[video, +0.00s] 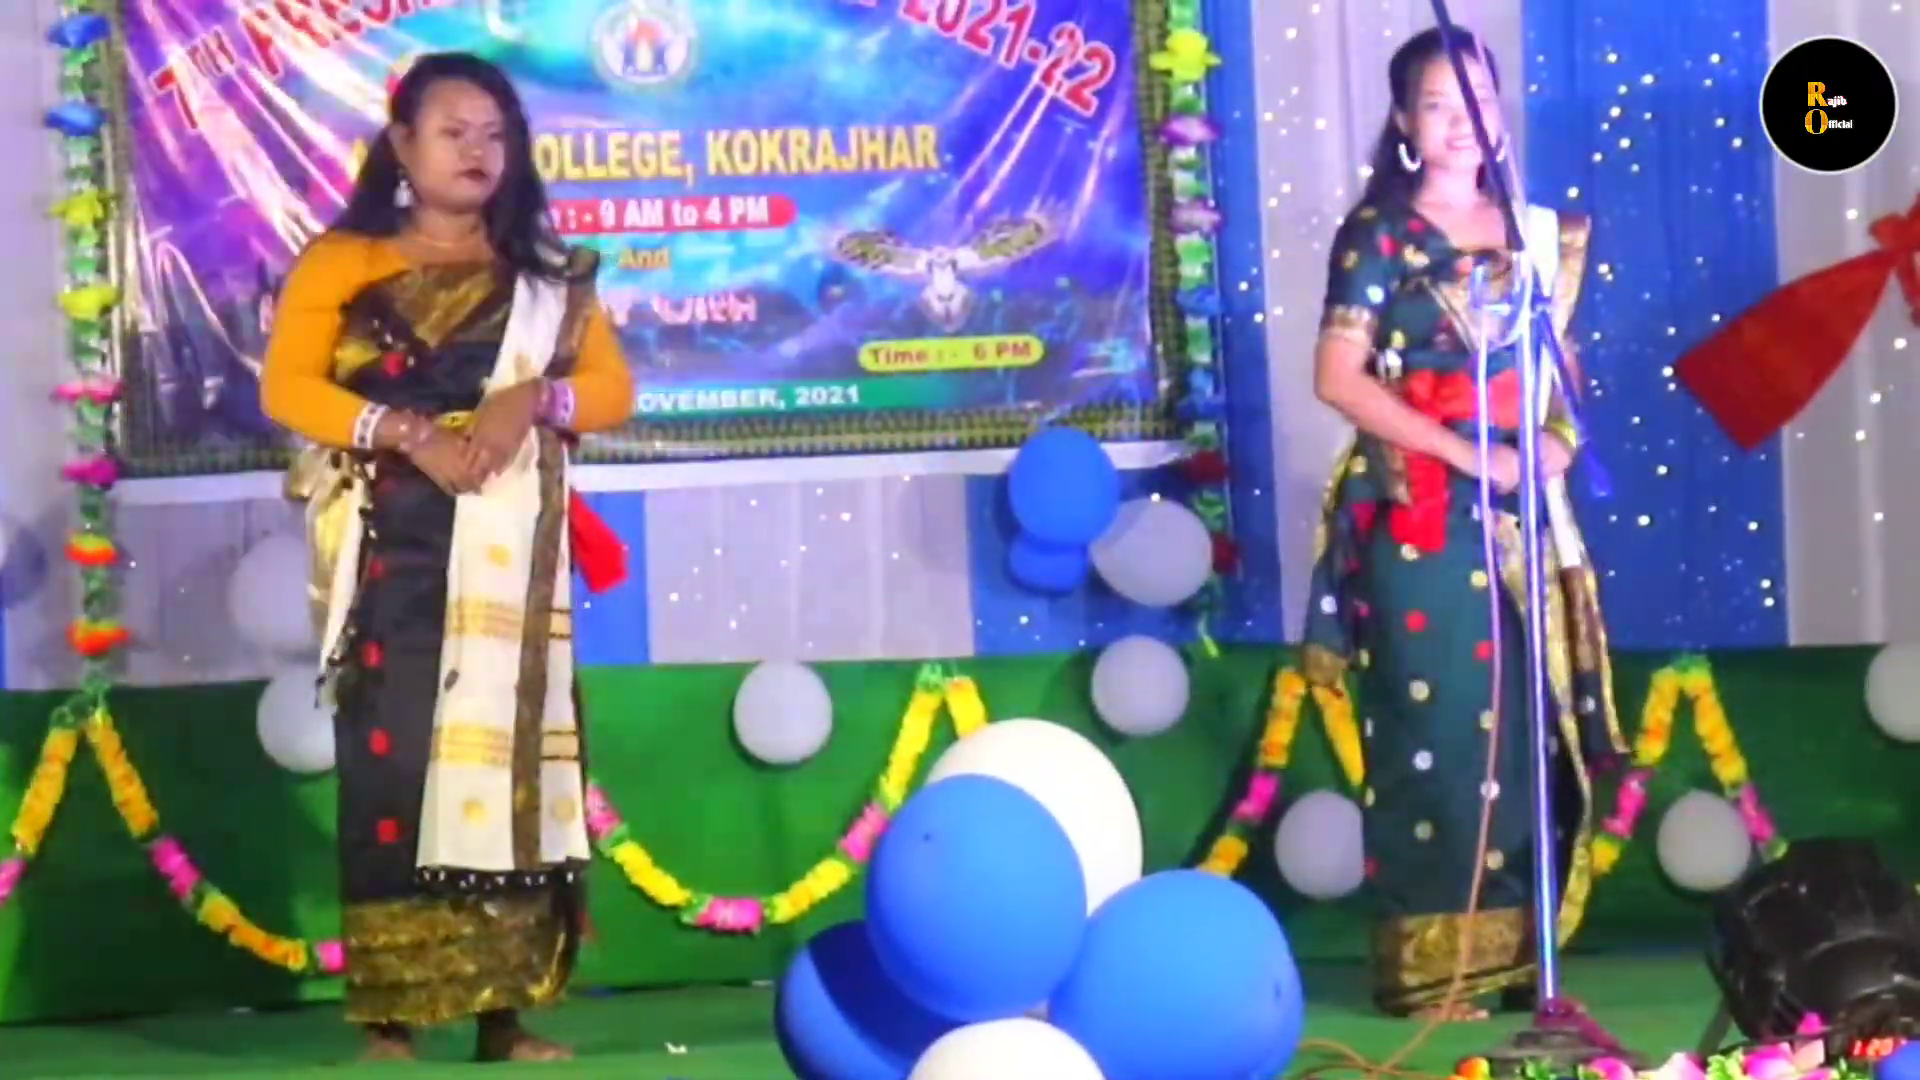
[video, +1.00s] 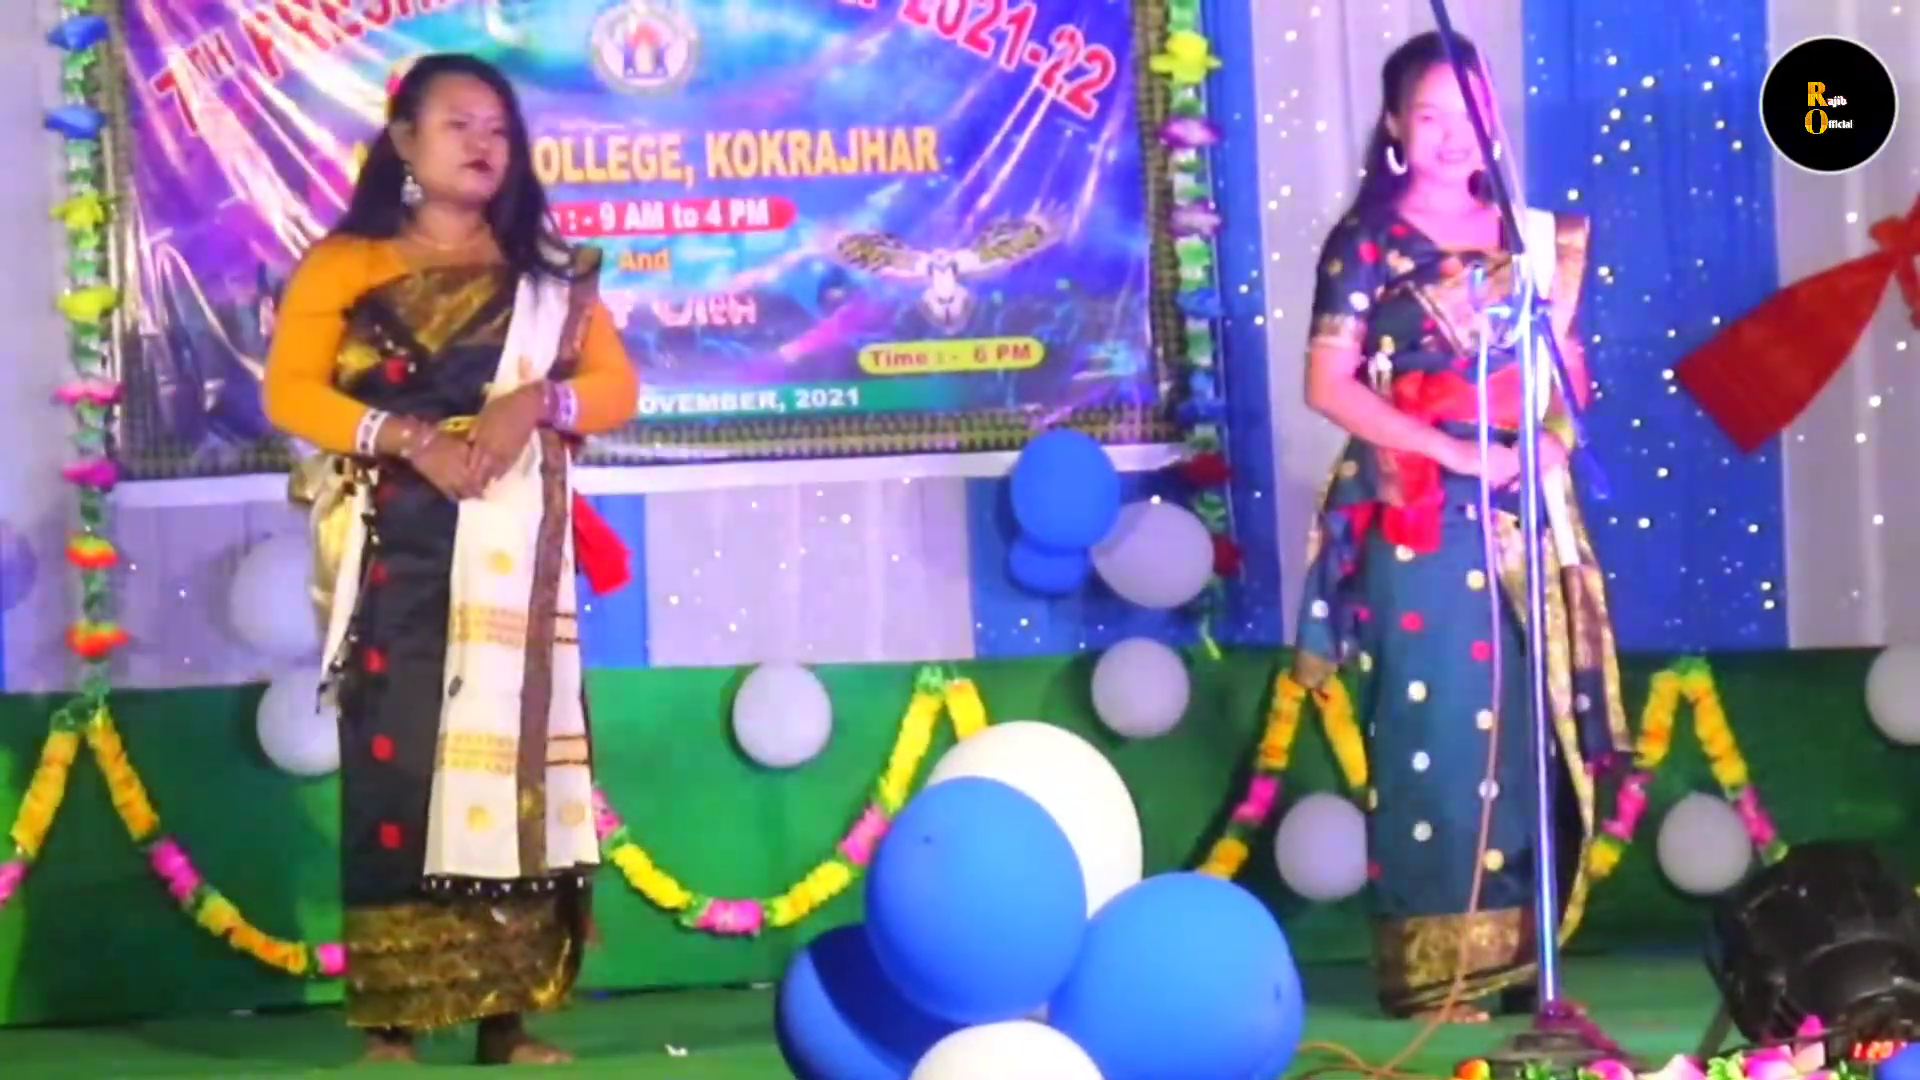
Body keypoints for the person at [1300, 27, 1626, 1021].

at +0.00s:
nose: (1456, 122)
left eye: (1471, 104)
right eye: (1435, 107)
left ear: (1495, 114)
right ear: (1405, 122)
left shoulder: (1527, 227)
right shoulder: (1379, 233)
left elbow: (1550, 360)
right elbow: (1337, 377)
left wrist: (1555, 435)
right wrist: (1463, 451)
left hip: (1521, 505)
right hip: (1425, 512)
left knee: (1532, 720)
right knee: (1442, 723)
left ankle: (1520, 951)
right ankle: (1434, 957)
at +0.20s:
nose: (1455, 127)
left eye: (1470, 108)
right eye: (1434, 111)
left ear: (1493, 116)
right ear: (1404, 123)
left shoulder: (1528, 229)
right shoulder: (1376, 234)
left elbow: (1558, 362)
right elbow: (1336, 378)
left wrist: (1555, 431)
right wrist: (1465, 451)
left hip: (1520, 511)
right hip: (1423, 516)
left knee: (1530, 723)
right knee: (1438, 725)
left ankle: (1520, 955)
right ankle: (1434, 961)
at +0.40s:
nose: (1451, 129)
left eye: (1467, 112)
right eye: (1431, 113)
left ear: (1492, 119)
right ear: (1401, 124)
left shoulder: (1529, 230)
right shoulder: (1371, 235)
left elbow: (1561, 363)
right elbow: (1330, 377)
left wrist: (1551, 424)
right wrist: (1451, 447)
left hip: (1524, 512)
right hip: (1421, 518)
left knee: (1533, 725)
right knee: (1437, 728)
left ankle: (1522, 961)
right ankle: (1429, 966)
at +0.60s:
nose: (1445, 132)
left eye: (1462, 114)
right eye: (1426, 115)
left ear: (1489, 122)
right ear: (1398, 124)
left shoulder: (1522, 230)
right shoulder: (1369, 236)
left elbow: (1559, 367)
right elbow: (1329, 380)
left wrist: (1560, 353)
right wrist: (1454, 448)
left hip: (1523, 510)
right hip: (1422, 517)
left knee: (1532, 726)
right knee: (1436, 729)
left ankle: (1520, 961)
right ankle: (1430, 967)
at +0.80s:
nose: (1443, 132)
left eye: (1461, 115)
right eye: (1425, 114)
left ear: (1488, 126)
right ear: (1396, 126)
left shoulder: (1524, 233)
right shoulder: (1368, 240)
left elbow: (1560, 371)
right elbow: (1328, 384)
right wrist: (1456, 451)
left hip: (1524, 513)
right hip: (1421, 520)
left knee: (1534, 727)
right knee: (1439, 730)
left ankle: (1523, 960)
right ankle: (1434, 967)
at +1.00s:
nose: (1452, 134)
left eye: (1467, 116)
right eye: (1432, 116)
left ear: (1490, 124)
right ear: (1398, 126)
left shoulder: (1525, 234)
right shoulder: (1366, 242)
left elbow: (1560, 391)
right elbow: (1328, 385)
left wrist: (1561, 308)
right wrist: (1457, 451)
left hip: (1529, 515)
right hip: (1426, 520)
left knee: (1538, 729)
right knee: (1440, 730)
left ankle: (1530, 967)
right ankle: (1438, 968)